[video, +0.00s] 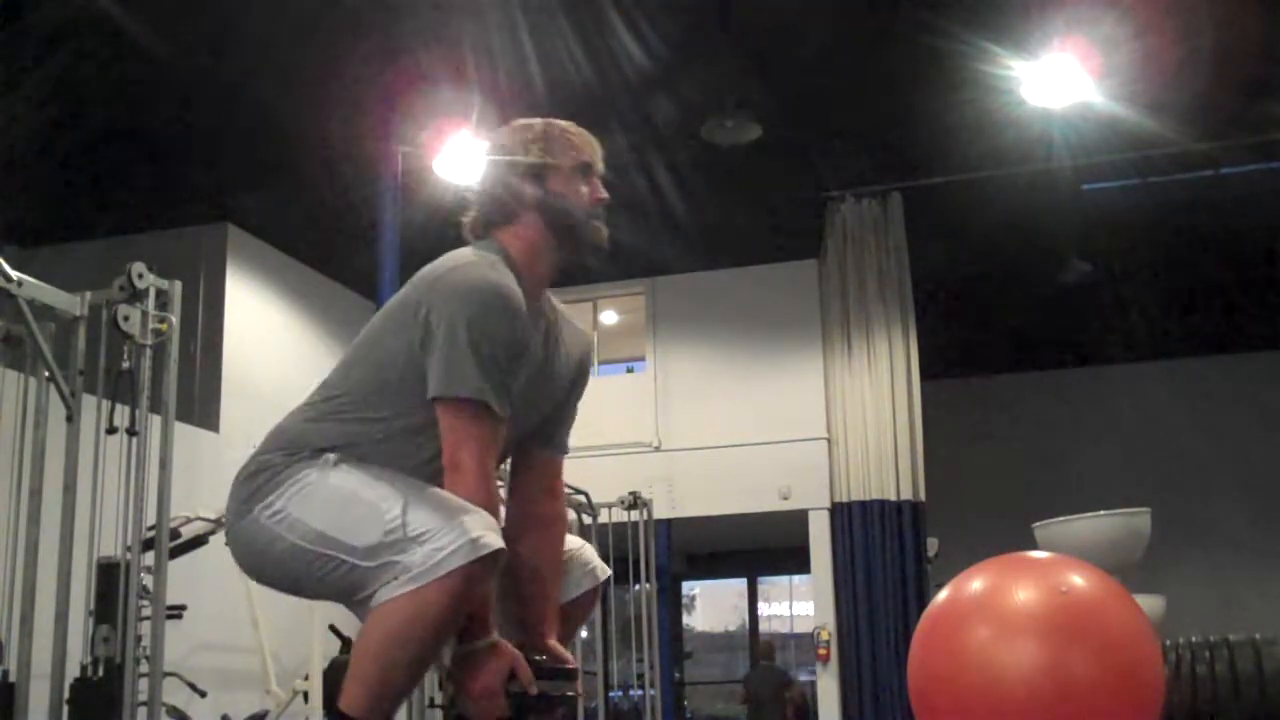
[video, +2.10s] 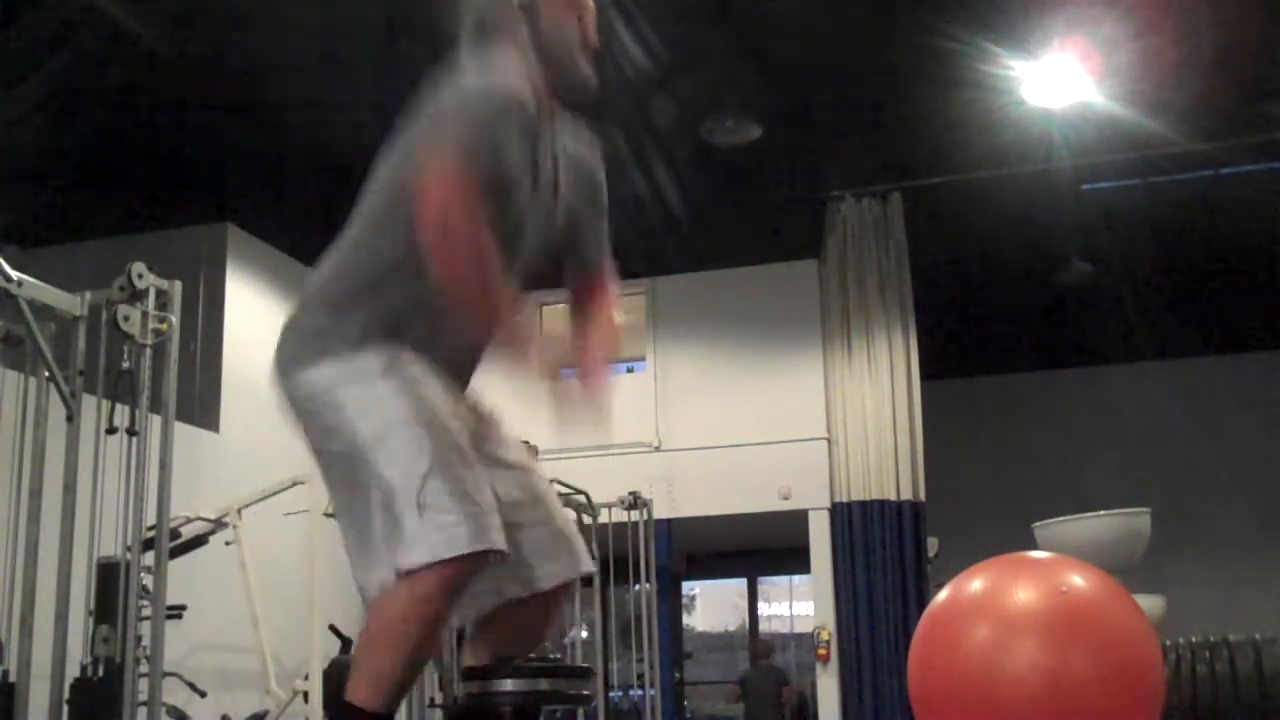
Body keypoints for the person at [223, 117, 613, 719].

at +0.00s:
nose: (604, 192)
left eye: (601, 177)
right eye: (584, 174)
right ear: (527, 186)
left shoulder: (567, 342)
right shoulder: (477, 286)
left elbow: (541, 494)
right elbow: (468, 475)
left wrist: (540, 636)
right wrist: (477, 640)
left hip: (392, 497)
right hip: (291, 485)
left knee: (574, 576)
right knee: (456, 546)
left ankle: (484, 710)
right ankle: (355, 711)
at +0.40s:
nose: (562, 93)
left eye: (559, 77)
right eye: (544, 74)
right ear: (483, 86)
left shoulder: (533, 248)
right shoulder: (440, 190)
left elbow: (526, 398)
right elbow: (456, 377)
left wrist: (538, 537)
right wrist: (479, 527)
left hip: (388, 421)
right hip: (297, 404)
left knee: (551, 563)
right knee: (434, 538)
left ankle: (472, 709)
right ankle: (347, 710)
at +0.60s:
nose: (546, 27)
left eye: (548, 16)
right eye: (531, 10)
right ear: (476, 18)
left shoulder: (529, 163)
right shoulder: (434, 95)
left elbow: (522, 305)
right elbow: (452, 272)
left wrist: (535, 439)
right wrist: (474, 419)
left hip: (409, 359)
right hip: (316, 337)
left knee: (512, 551)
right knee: (400, 519)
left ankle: (464, 709)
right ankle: (338, 711)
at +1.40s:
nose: (598, 77)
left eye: (596, 61)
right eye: (580, 58)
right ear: (518, 68)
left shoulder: (549, 235)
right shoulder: (460, 165)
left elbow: (536, 390)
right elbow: (466, 363)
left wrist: (545, 523)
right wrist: (484, 514)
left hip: (397, 404)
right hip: (302, 382)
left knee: (534, 567)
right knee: (412, 535)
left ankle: (476, 709)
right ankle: (343, 713)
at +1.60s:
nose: (615, 149)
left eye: (612, 134)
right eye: (594, 130)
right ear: (536, 144)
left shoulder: (563, 309)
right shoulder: (474, 244)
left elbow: (544, 455)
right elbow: (480, 445)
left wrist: (551, 605)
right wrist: (495, 605)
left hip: (404, 454)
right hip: (303, 433)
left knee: (575, 572)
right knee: (448, 541)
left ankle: (480, 706)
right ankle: (349, 710)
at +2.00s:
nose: (607, 124)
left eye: (611, 106)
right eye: (587, 105)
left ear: (619, 123)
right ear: (531, 117)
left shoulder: (582, 263)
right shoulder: (499, 213)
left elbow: (568, 425)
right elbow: (491, 391)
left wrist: (584, 542)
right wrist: (526, 543)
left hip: (409, 426)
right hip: (321, 404)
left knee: (546, 564)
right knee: (455, 545)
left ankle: (358, 683)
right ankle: (362, 706)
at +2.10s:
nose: (593, 30)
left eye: (594, 15)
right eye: (577, 9)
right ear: (528, 15)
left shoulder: (577, 149)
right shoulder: (484, 91)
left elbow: (594, 280)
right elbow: (445, 213)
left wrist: (590, 356)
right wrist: (512, 330)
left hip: (430, 371)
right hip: (346, 346)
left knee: (544, 570)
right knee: (442, 540)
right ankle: (358, 705)